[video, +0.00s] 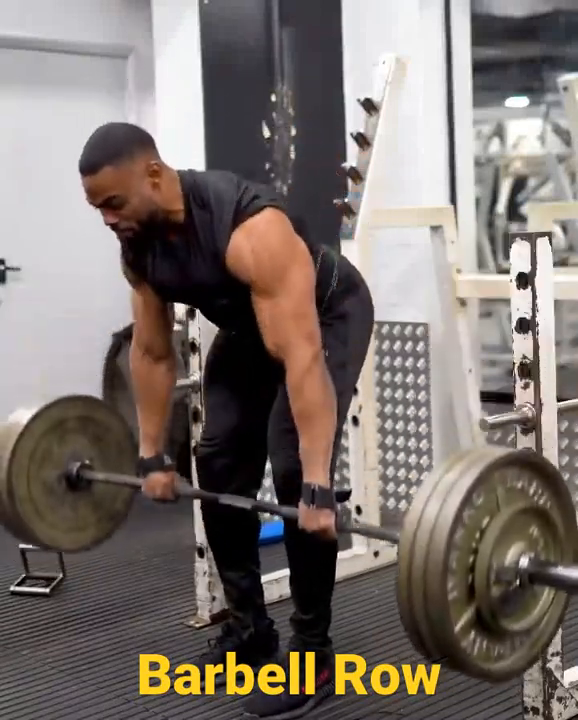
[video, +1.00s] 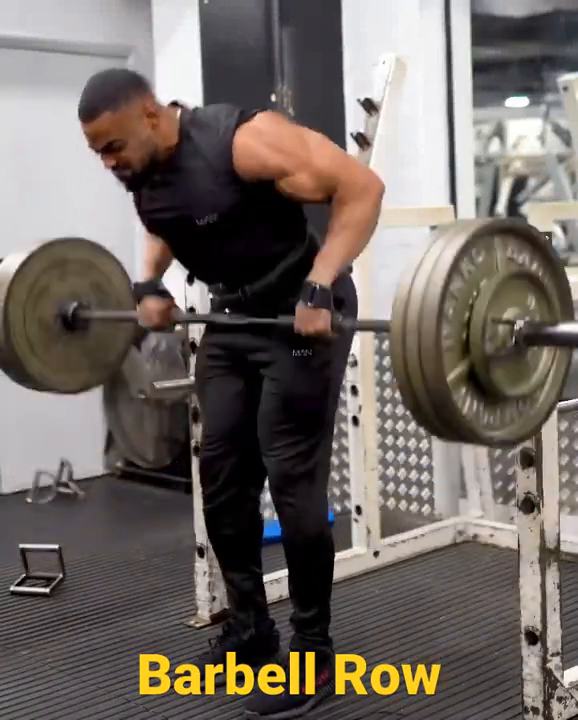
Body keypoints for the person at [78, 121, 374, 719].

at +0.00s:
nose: (108, 220)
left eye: (114, 204)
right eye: (99, 209)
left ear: (155, 174)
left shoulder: (252, 230)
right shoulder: (141, 244)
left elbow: (304, 356)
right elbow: (151, 352)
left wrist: (317, 484)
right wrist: (152, 454)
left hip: (326, 312)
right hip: (248, 324)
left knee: (293, 465)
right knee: (218, 468)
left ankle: (310, 648)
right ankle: (248, 626)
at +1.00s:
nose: (109, 163)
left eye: (115, 146)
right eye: (99, 152)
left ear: (155, 115)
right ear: (98, 142)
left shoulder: (246, 140)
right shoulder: (143, 172)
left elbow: (363, 187)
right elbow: (164, 224)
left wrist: (320, 285)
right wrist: (148, 283)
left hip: (303, 316)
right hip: (230, 319)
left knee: (292, 471)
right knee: (221, 469)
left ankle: (311, 648)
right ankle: (248, 625)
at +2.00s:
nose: (94, 227)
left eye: (99, 209)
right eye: (84, 214)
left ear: (140, 178)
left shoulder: (241, 237)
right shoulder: (130, 256)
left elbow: (290, 363)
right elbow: (145, 362)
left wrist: (311, 491)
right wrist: (148, 466)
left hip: (318, 313)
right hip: (238, 326)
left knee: (291, 474)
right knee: (211, 474)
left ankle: (310, 648)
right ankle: (248, 628)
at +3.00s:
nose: (109, 151)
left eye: (113, 134)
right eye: (99, 140)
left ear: (155, 104)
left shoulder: (240, 134)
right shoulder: (139, 163)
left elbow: (359, 187)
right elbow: (164, 217)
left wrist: (308, 285)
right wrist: (143, 279)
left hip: (293, 323)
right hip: (220, 326)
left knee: (283, 473)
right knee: (216, 474)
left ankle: (309, 647)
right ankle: (246, 628)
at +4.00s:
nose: (107, 224)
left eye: (114, 207)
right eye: (98, 211)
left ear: (157, 181)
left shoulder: (254, 241)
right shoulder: (140, 250)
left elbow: (301, 369)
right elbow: (156, 364)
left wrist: (321, 494)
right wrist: (157, 468)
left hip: (328, 313)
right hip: (249, 323)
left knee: (302, 472)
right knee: (218, 465)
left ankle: (312, 648)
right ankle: (248, 628)